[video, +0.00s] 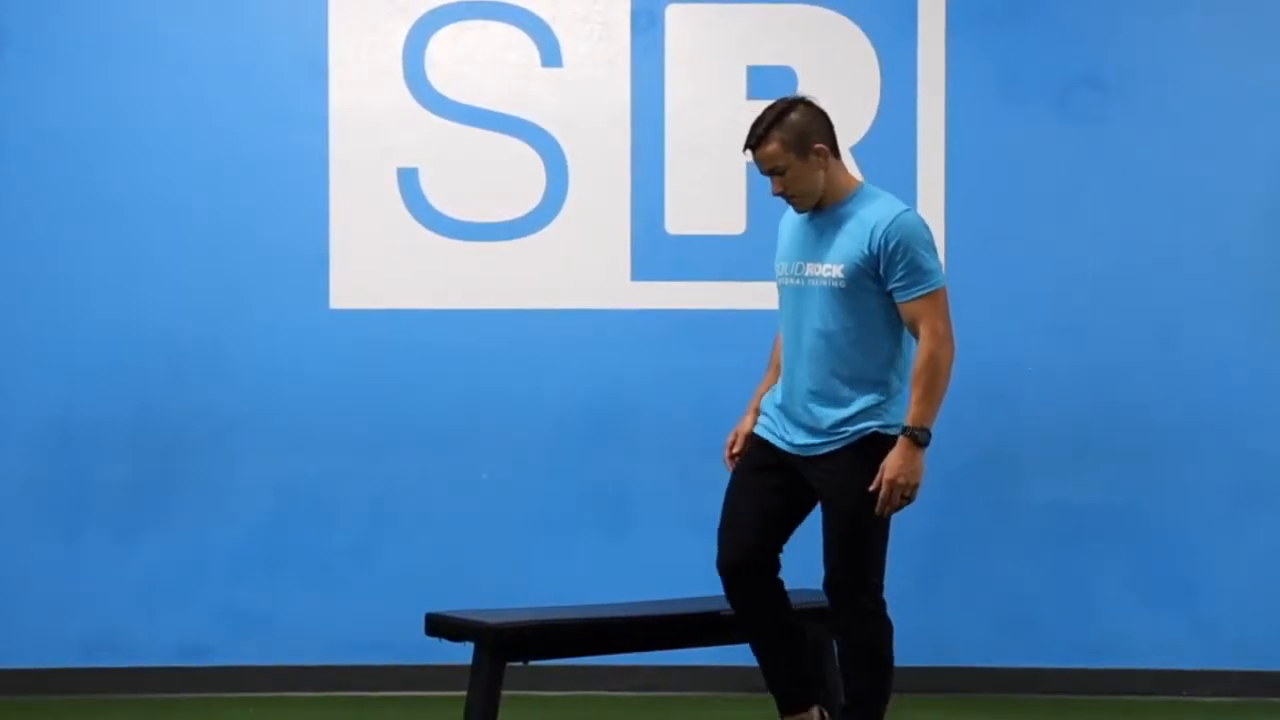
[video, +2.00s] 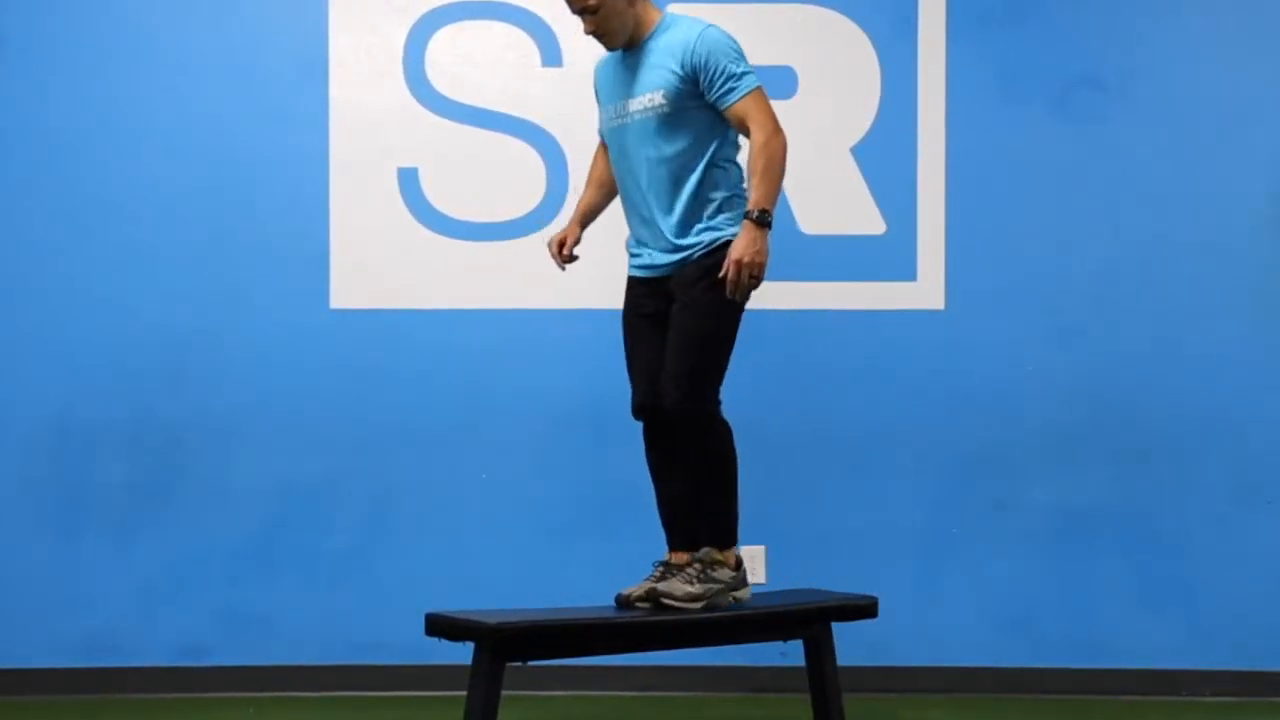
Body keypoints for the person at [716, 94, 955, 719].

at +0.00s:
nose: (774, 187)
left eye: (779, 172)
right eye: (767, 175)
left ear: (821, 155)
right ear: (809, 160)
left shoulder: (893, 225)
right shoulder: (794, 223)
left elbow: (936, 337)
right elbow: (795, 332)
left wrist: (913, 440)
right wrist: (756, 411)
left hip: (859, 439)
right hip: (783, 433)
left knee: (853, 598)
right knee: (741, 563)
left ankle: (862, 714)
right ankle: (803, 708)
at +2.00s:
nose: (583, 24)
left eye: (587, 10)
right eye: (577, 14)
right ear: (595, 11)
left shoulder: (699, 44)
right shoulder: (608, 70)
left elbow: (767, 134)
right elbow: (613, 154)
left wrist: (757, 225)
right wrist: (577, 220)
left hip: (712, 253)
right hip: (648, 265)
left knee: (689, 401)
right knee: (653, 409)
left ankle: (722, 562)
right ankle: (682, 561)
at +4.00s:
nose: (536, 208)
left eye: (540, 194)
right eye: (528, 199)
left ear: (575, 175)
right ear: (530, 192)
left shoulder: (638, 219)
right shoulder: (549, 243)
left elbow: (716, 284)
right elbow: (560, 329)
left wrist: (702, 345)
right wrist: (536, 414)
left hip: (661, 378)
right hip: (603, 400)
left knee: (571, 427)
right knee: (617, 557)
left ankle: (674, 522)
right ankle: (632, 704)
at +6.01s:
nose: (576, 209)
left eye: (583, 195)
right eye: (565, 199)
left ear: (616, 175)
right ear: (554, 190)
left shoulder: (678, 223)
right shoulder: (557, 241)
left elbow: (763, 287)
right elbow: (540, 323)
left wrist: (790, 368)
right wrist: (504, 395)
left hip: (694, 378)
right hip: (617, 410)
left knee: (631, 426)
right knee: (608, 550)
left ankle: (696, 568)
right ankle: (621, 692)